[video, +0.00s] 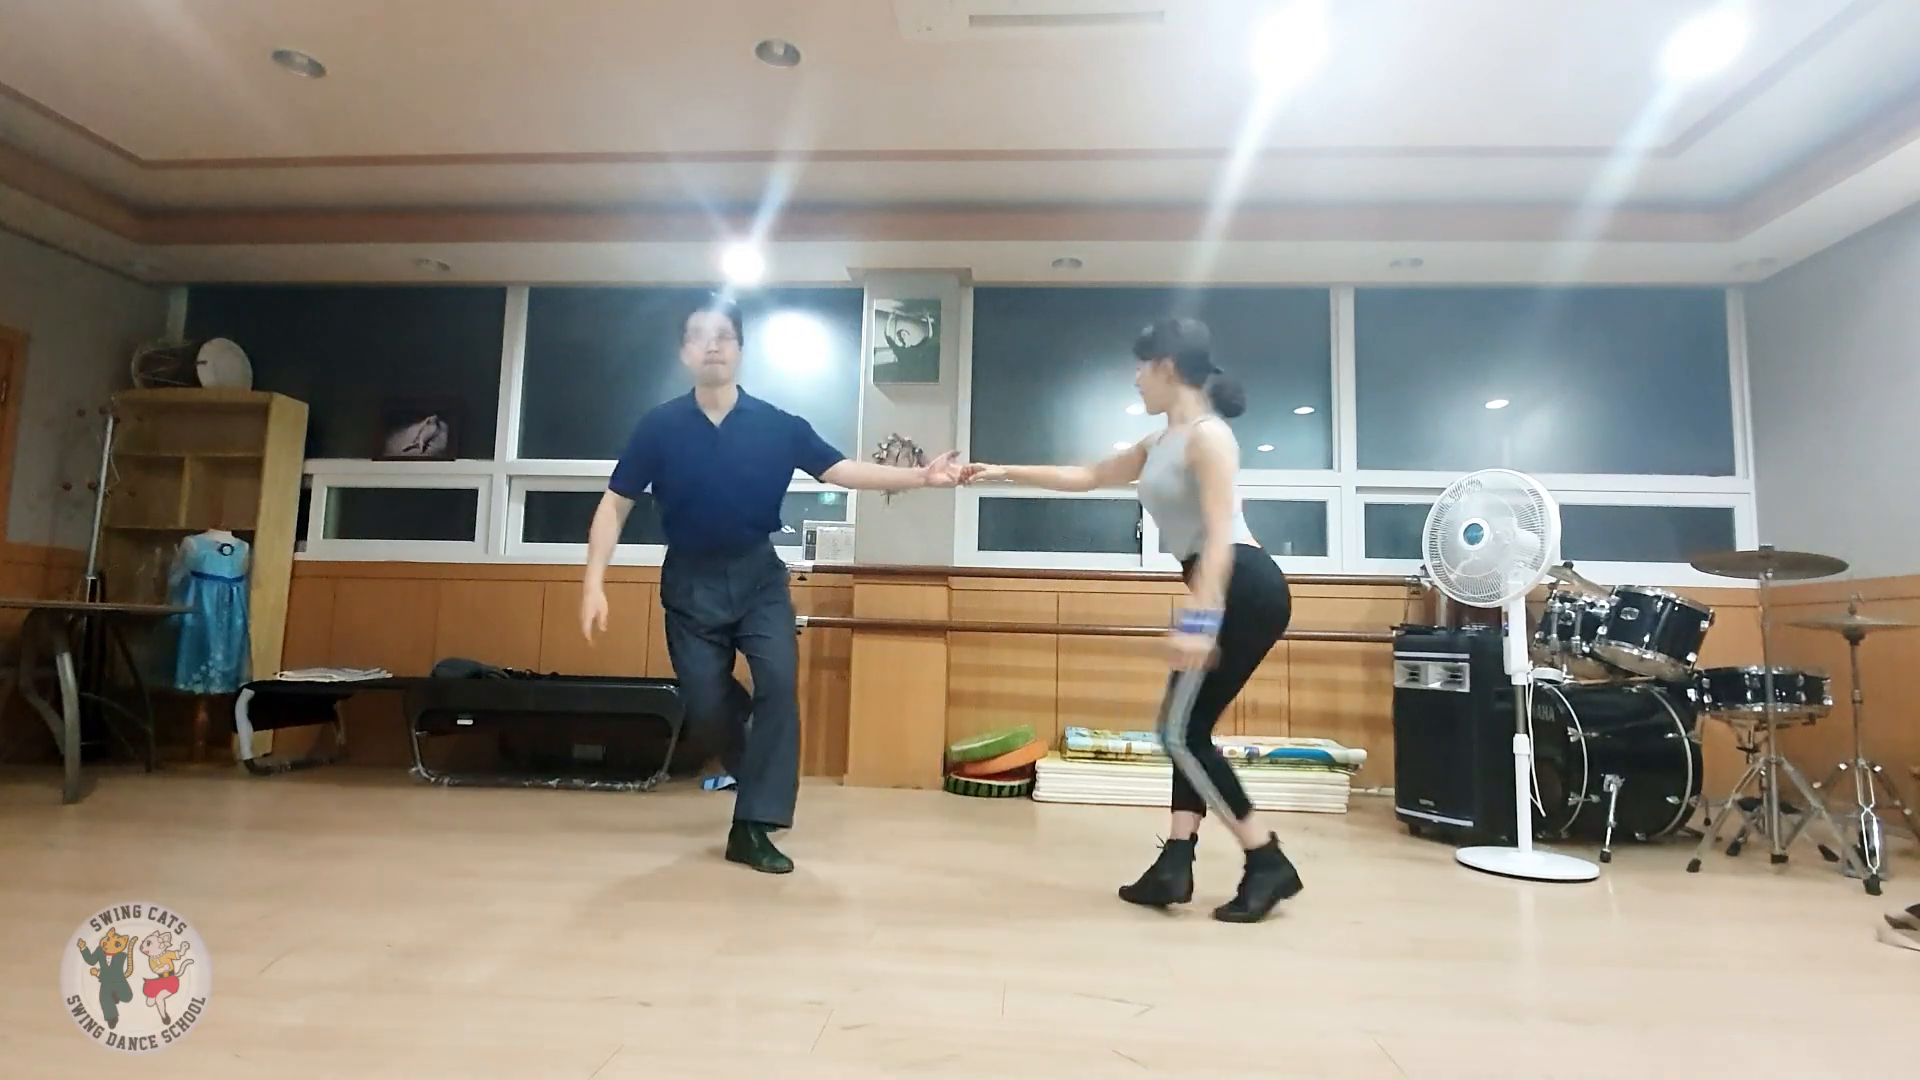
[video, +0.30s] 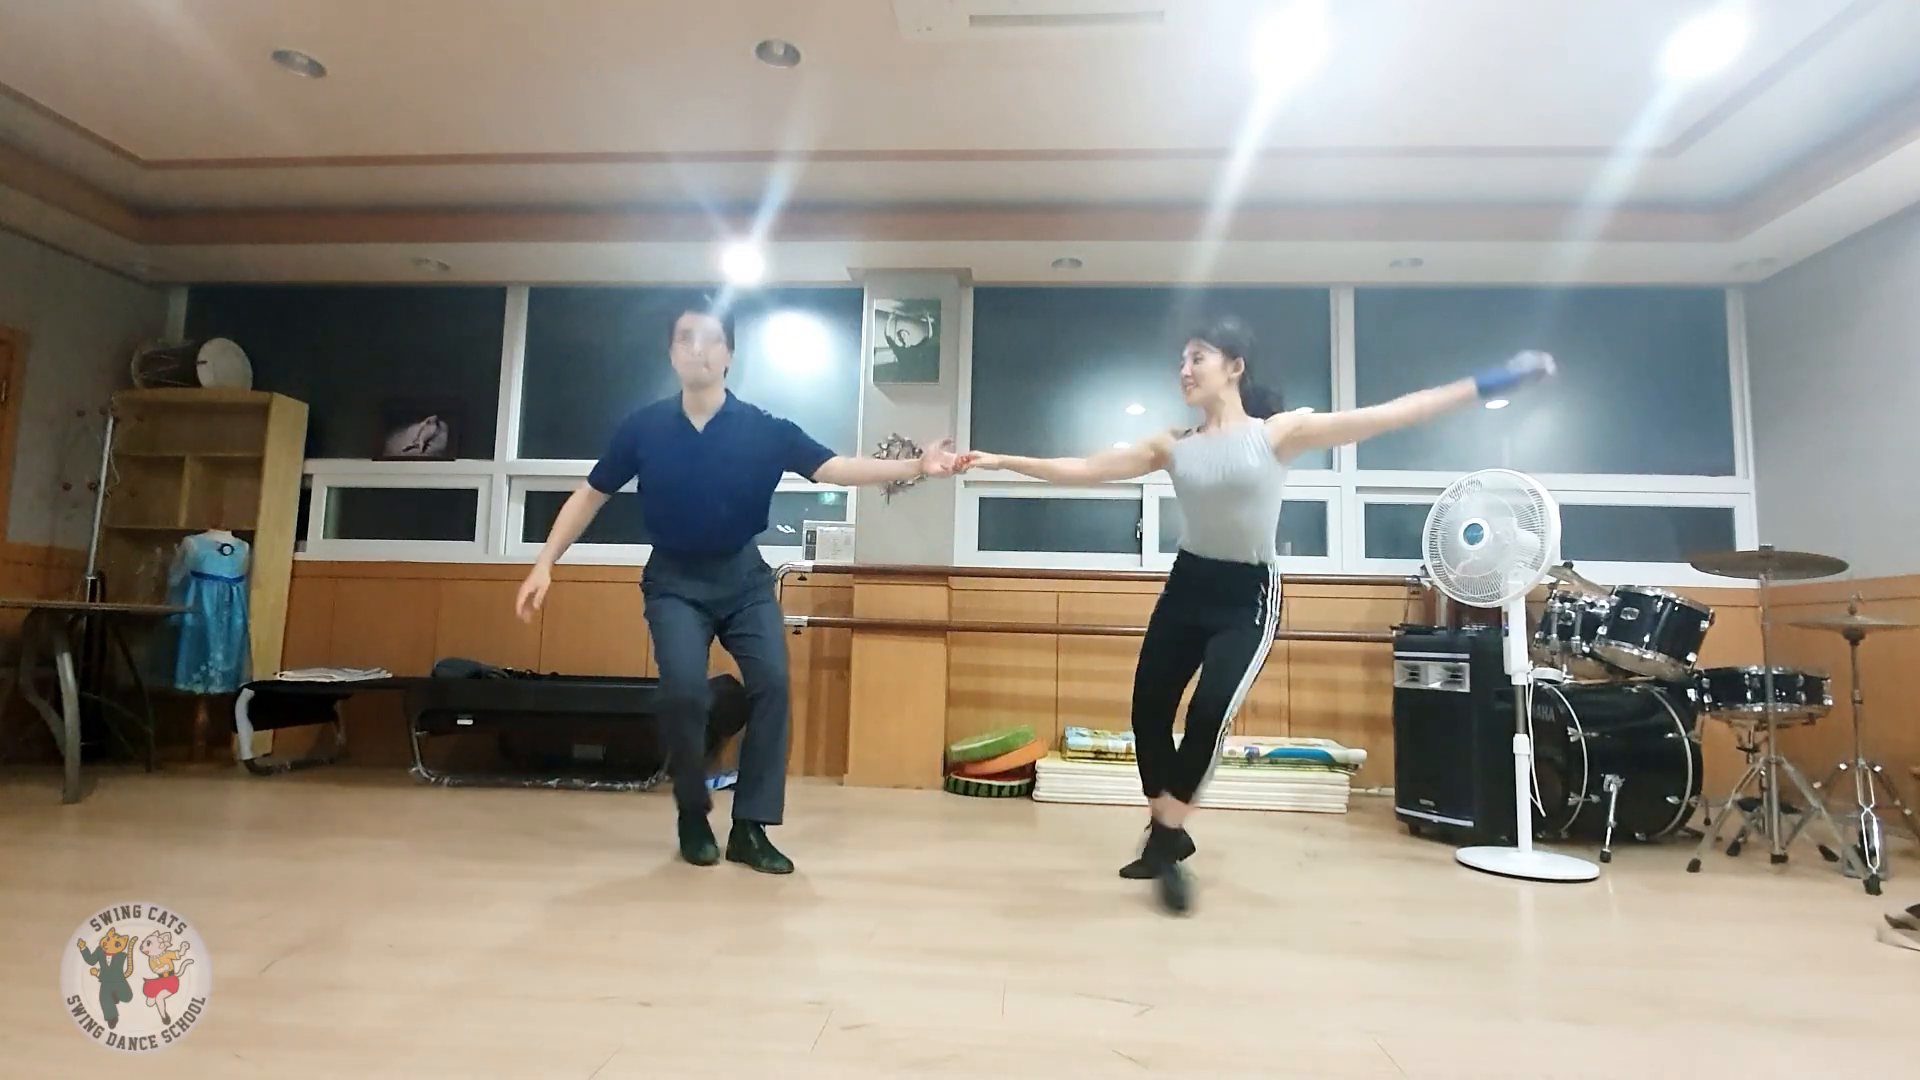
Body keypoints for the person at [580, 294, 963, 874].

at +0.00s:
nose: (712, 348)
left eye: (724, 338)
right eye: (699, 338)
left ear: (739, 351)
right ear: (683, 352)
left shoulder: (778, 427)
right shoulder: (660, 427)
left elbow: (843, 471)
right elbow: (613, 506)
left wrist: (924, 475)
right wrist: (593, 585)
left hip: (760, 581)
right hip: (692, 586)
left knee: (779, 692)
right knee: (708, 714)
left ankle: (751, 827)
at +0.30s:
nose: (697, 349)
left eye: (710, 340)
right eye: (686, 339)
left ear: (728, 356)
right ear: (670, 355)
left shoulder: (763, 429)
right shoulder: (645, 429)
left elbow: (834, 467)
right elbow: (589, 494)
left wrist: (918, 465)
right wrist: (544, 564)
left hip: (746, 581)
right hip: (675, 584)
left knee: (773, 684)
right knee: (684, 691)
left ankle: (749, 827)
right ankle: (692, 813)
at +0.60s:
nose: (703, 362)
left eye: (717, 354)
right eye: (693, 350)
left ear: (732, 370)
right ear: (673, 360)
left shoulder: (752, 444)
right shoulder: (634, 429)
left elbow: (825, 478)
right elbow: (571, 487)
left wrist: (906, 482)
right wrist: (513, 546)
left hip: (706, 583)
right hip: (639, 582)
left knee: (737, 678)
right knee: (677, 684)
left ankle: (734, 813)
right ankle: (682, 824)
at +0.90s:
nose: (703, 369)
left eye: (717, 363)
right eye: (694, 358)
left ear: (730, 382)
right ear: (672, 371)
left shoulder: (744, 458)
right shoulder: (627, 432)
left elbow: (815, 489)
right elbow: (562, 485)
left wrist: (897, 495)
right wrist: (499, 541)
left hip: (677, 593)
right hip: (616, 582)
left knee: (680, 712)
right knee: (657, 687)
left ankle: (597, 761)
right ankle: (687, 824)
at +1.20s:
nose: (699, 374)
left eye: (712, 369)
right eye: (690, 362)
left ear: (723, 386)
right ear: (668, 371)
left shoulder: (728, 456)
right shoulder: (620, 431)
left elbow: (791, 492)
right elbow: (546, 483)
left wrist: (857, 493)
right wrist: (482, 531)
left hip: (653, 590)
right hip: (599, 576)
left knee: (623, 708)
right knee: (646, 688)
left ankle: (519, 780)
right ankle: (681, 822)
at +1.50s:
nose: (710, 365)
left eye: (722, 359)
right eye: (702, 353)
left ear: (735, 375)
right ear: (680, 361)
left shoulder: (741, 444)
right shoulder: (636, 429)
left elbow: (751, 511)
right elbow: (568, 483)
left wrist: (790, 506)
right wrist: (504, 533)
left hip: (676, 582)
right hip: (626, 574)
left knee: (607, 689)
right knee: (664, 685)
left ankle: (522, 774)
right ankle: (635, 812)